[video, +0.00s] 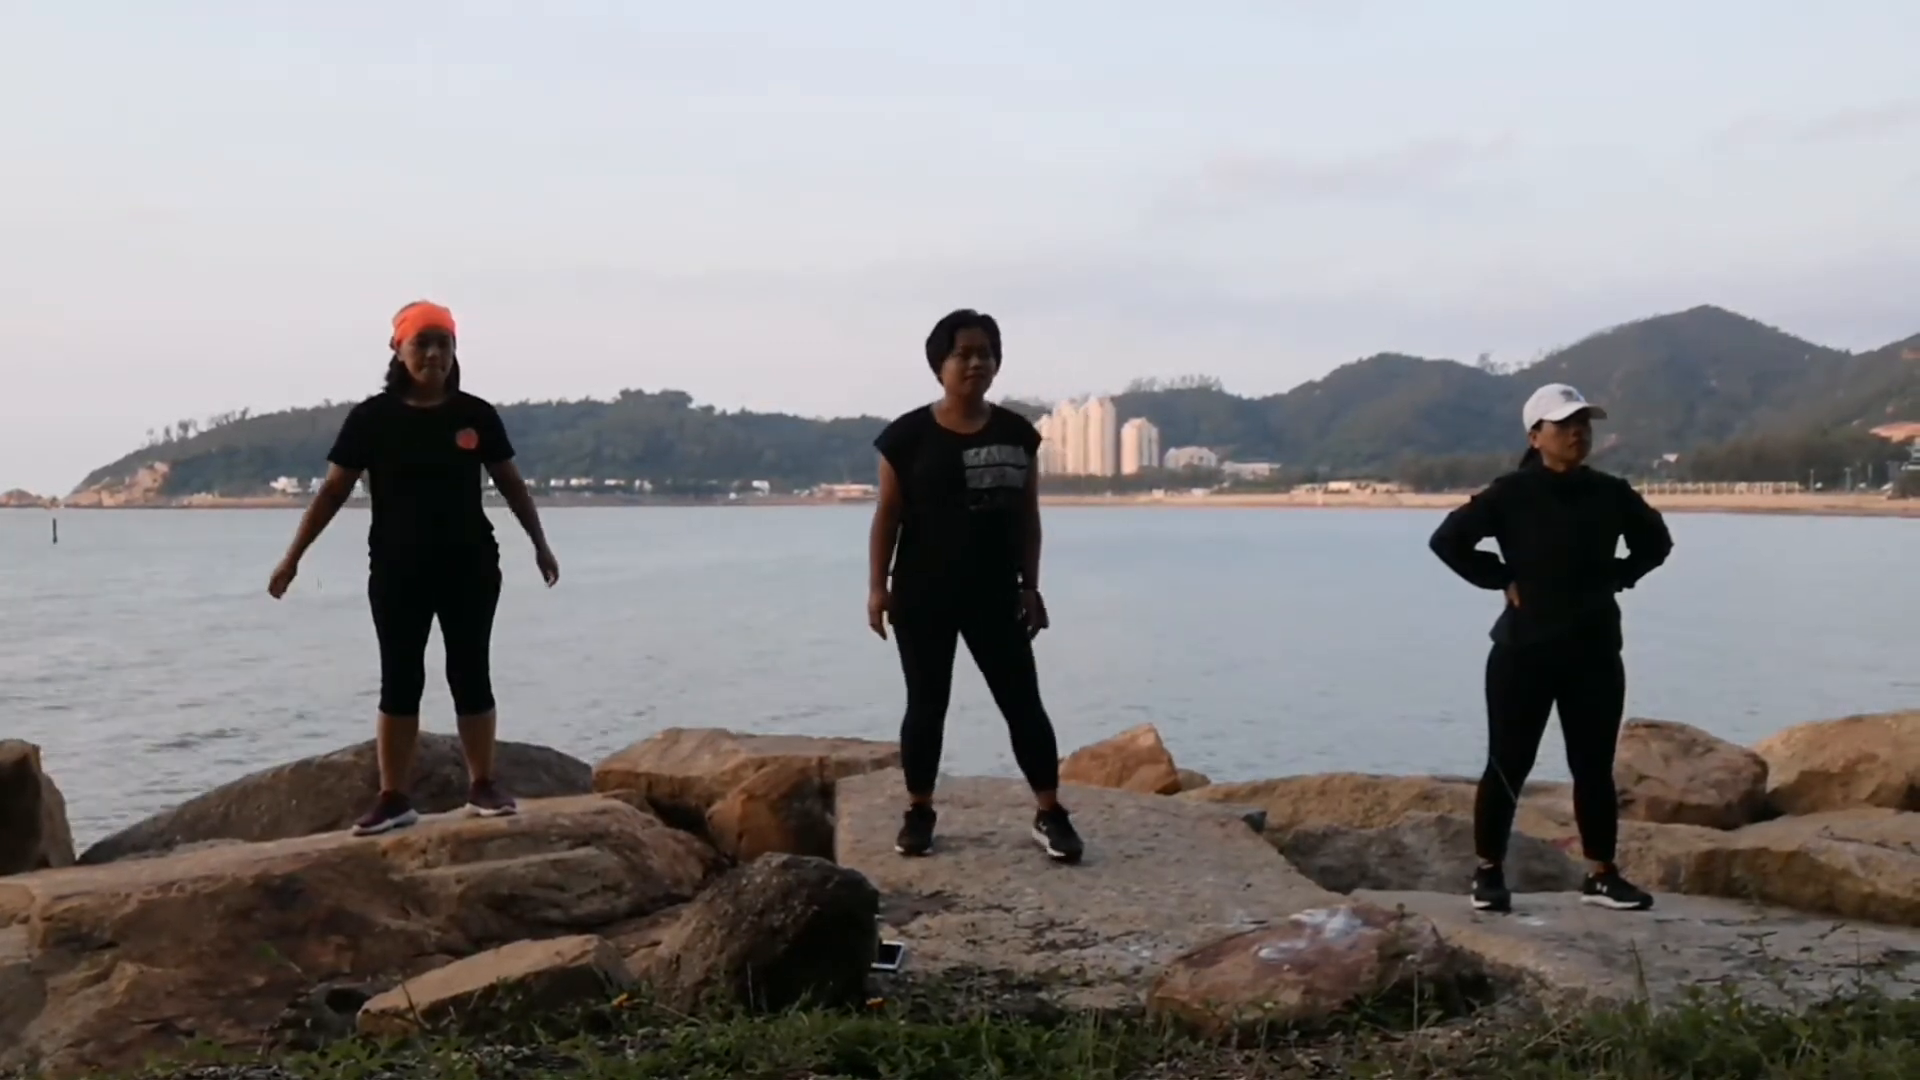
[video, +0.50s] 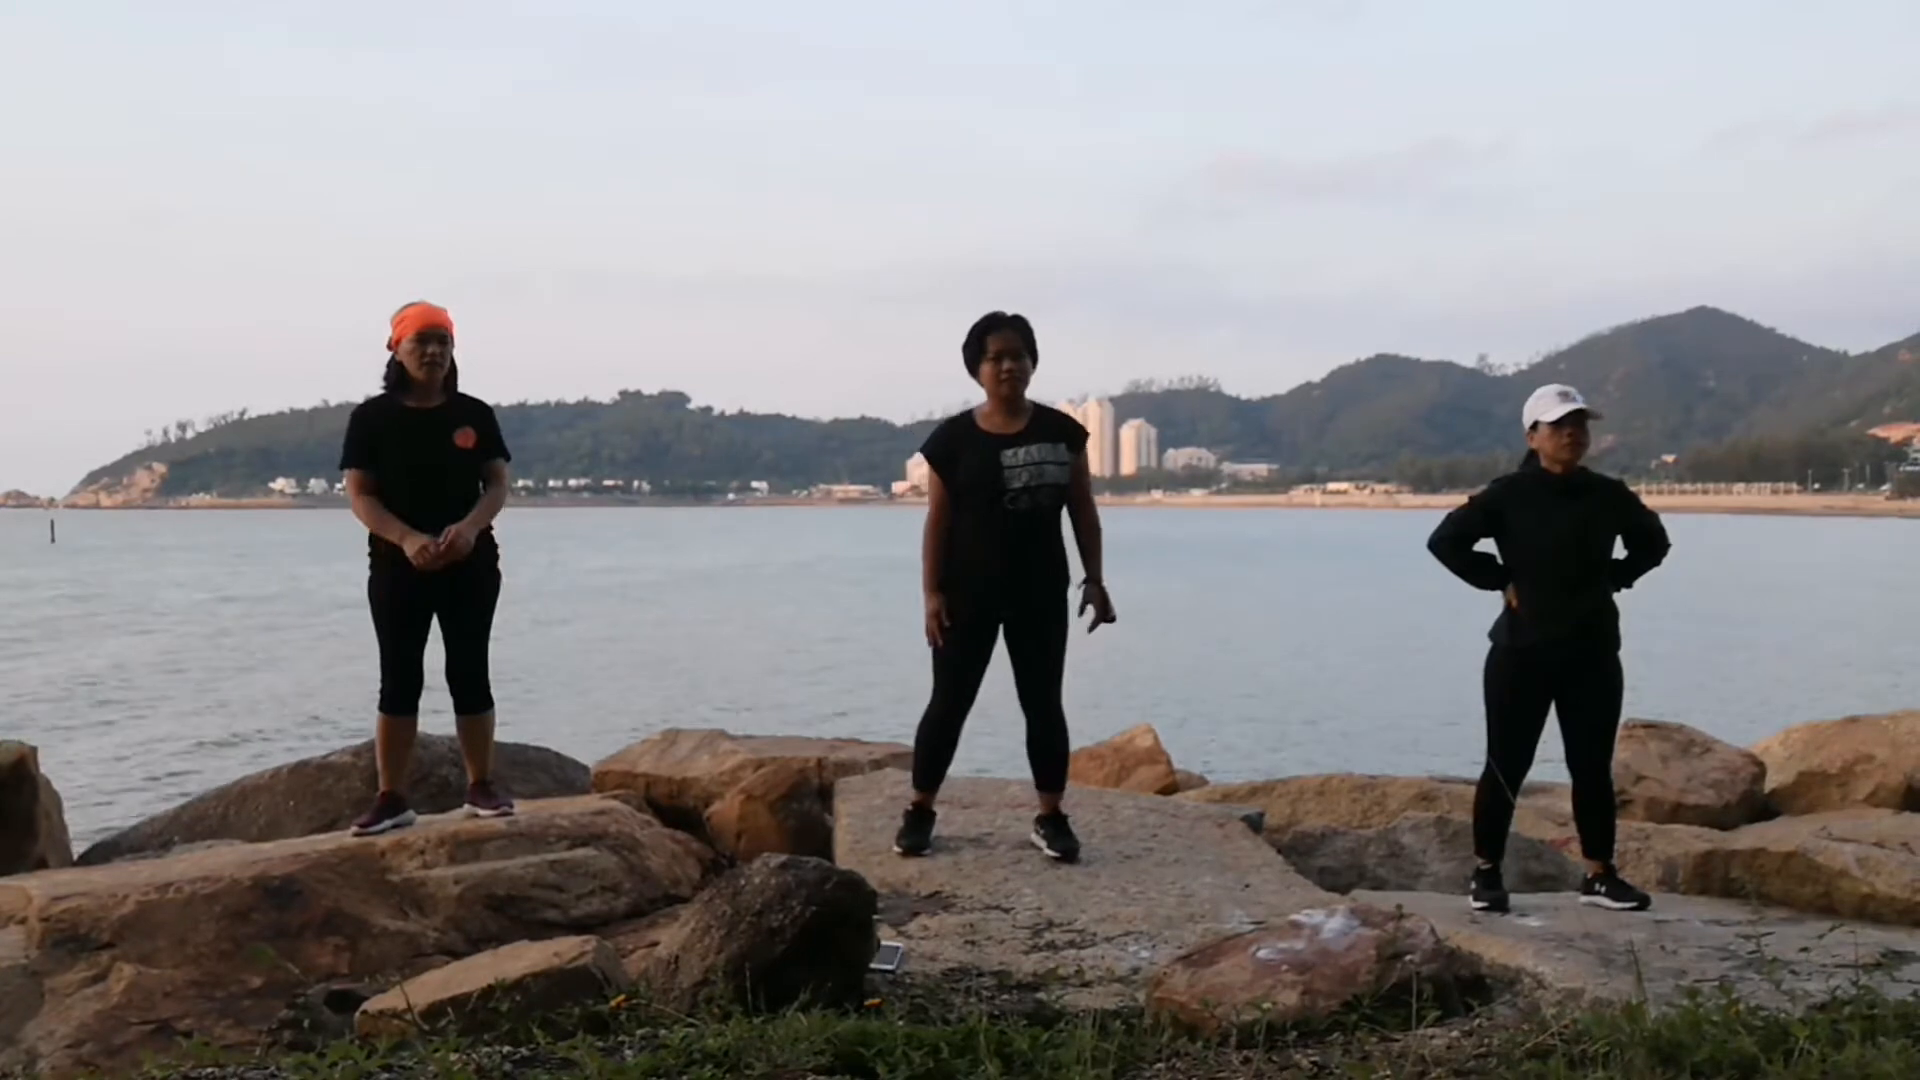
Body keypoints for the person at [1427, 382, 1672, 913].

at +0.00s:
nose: (1580, 433)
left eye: (1583, 423)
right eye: (1567, 424)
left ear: (1588, 429)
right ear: (1537, 435)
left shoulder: (1610, 492)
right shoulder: (1511, 493)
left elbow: (1657, 542)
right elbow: (1447, 541)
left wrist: (1613, 578)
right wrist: (1502, 578)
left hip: (1593, 651)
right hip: (1524, 650)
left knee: (1595, 769)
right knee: (1507, 766)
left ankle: (1602, 874)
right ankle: (1489, 874)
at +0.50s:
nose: (1575, 433)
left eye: (1580, 423)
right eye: (1562, 425)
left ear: (1587, 430)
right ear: (1534, 435)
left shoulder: (1607, 494)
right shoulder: (1508, 495)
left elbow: (1654, 542)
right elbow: (1444, 542)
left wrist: (1611, 577)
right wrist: (1501, 579)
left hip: (1592, 652)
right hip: (1523, 652)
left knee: (1593, 768)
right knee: (1506, 766)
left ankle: (1600, 874)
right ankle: (1487, 874)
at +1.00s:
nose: (1560, 435)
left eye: (1567, 426)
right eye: (1548, 426)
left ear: (1576, 433)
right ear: (1523, 435)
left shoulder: (1600, 494)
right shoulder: (1501, 496)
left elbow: (1648, 541)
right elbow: (1438, 545)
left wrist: (1607, 577)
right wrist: (1496, 581)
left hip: (1586, 652)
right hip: (1517, 652)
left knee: (1590, 770)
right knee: (1502, 767)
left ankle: (1598, 875)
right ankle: (1485, 874)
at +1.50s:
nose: (1555, 437)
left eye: (1563, 427)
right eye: (1543, 428)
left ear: (1576, 434)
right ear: (1522, 437)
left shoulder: (1601, 494)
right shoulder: (1502, 497)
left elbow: (1649, 541)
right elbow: (1439, 547)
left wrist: (1608, 577)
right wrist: (1497, 582)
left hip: (1588, 654)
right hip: (1519, 653)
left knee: (1590, 770)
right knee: (1502, 768)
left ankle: (1597, 875)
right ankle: (1484, 874)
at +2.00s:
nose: (1541, 439)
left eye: (1551, 429)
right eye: (1530, 429)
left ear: (1567, 436)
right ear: (1513, 438)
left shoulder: (1594, 495)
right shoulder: (1493, 498)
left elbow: (1645, 542)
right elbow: (1431, 547)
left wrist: (1603, 578)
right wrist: (1487, 581)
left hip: (1581, 653)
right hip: (1512, 653)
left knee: (1586, 770)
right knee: (1498, 768)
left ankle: (1594, 875)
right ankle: (1481, 874)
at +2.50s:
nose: (1499, 439)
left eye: (1508, 429)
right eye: (1488, 429)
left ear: (1520, 434)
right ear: (1466, 437)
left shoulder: (1540, 490)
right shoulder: (1446, 501)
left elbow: (1584, 525)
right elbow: (1386, 557)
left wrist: (1551, 565)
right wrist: (1445, 588)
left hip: (1540, 642)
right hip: (1475, 647)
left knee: (1572, 758)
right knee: (1475, 767)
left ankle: (1590, 865)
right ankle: (1477, 876)